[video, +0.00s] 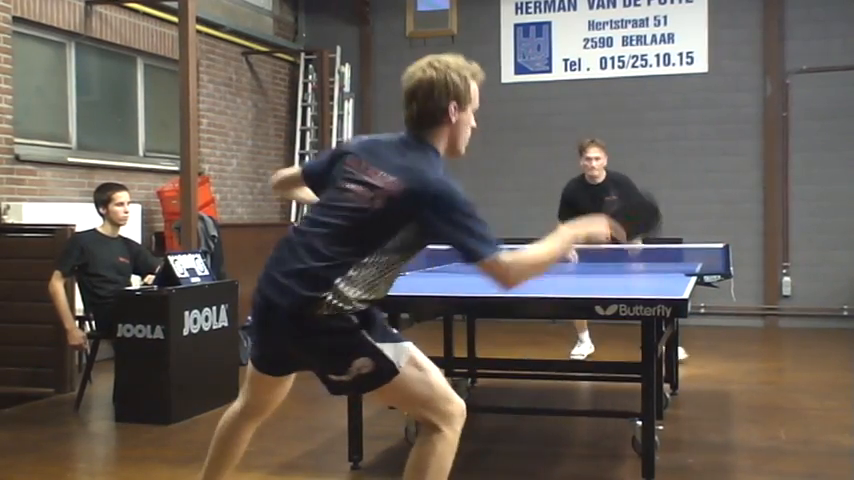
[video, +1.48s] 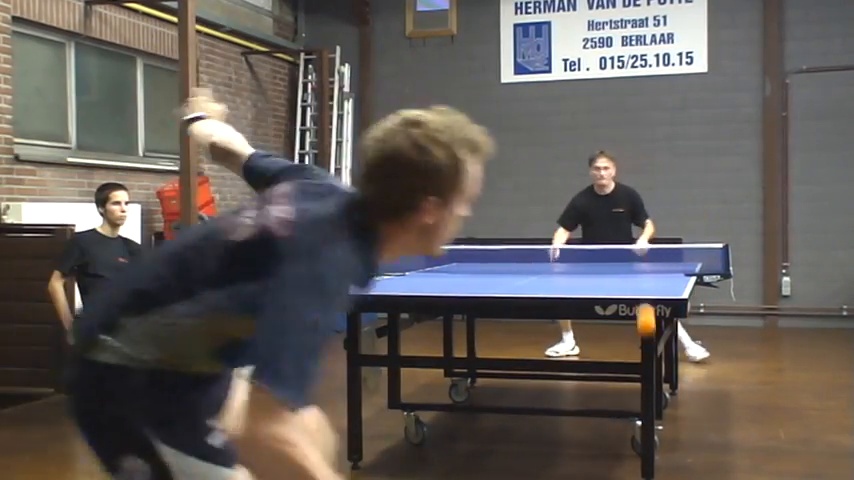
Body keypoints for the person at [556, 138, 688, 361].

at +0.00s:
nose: (592, 164)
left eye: (597, 159)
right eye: (588, 159)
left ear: (605, 160)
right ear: (580, 162)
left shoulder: (621, 183)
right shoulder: (572, 189)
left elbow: (644, 214)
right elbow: (563, 223)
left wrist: (636, 238)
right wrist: (566, 245)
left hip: (624, 251)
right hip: (587, 254)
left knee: (652, 289)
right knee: (571, 292)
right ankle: (583, 340)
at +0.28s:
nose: (621, 178)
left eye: (625, 173)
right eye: (616, 173)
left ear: (633, 174)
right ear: (608, 176)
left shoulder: (648, 192)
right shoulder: (602, 201)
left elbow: (675, 224)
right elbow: (595, 237)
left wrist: (654, 242)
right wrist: (602, 249)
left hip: (651, 263)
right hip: (616, 265)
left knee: (679, 294)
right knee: (588, 288)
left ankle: (697, 346)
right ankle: (590, 337)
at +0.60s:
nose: (635, 182)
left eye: (639, 176)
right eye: (630, 177)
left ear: (645, 177)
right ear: (621, 178)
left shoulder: (659, 194)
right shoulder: (614, 203)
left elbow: (691, 219)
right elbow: (602, 243)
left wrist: (684, 222)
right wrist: (633, 252)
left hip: (659, 265)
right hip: (623, 267)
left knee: (690, 295)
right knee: (602, 296)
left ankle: (702, 347)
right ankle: (597, 347)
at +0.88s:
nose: (646, 169)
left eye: (651, 165)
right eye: (642, 165)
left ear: (656, 167)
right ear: (632, 166)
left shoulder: (666, 189)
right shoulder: (622, 194)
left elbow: (695, 218)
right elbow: (607, 222)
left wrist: (699, 208)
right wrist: (597, 205)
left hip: (665, 261)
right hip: (629, 262)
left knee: (694, 294)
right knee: (605, 296)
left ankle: (703, 347)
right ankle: (597, 347)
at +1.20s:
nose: (638, 168)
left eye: (643, 164)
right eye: (633, 164)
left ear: (651, 167)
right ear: (626, 167)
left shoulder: (666, 190)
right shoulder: (619, 194)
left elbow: (688, 219)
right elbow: (597, 222)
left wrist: (680, 227)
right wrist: (583, 220)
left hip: (664, 262)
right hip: (626, 263)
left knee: (684, 299)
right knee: (591, 290)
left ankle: (701, 347)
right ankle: (580, 340)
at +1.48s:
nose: (601, 173)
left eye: (605, 168)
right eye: (596, 169)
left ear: (614, 171)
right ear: (590, 173)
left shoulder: (628, 195)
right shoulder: (582, 200)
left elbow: (648, 226)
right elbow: (564, 229)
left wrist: (642, 240)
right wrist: (556, 245)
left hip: (626, 264)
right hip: (590, 265)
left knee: (658, 294)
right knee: (555, 287)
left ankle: (687, 344)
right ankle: (568, 340)